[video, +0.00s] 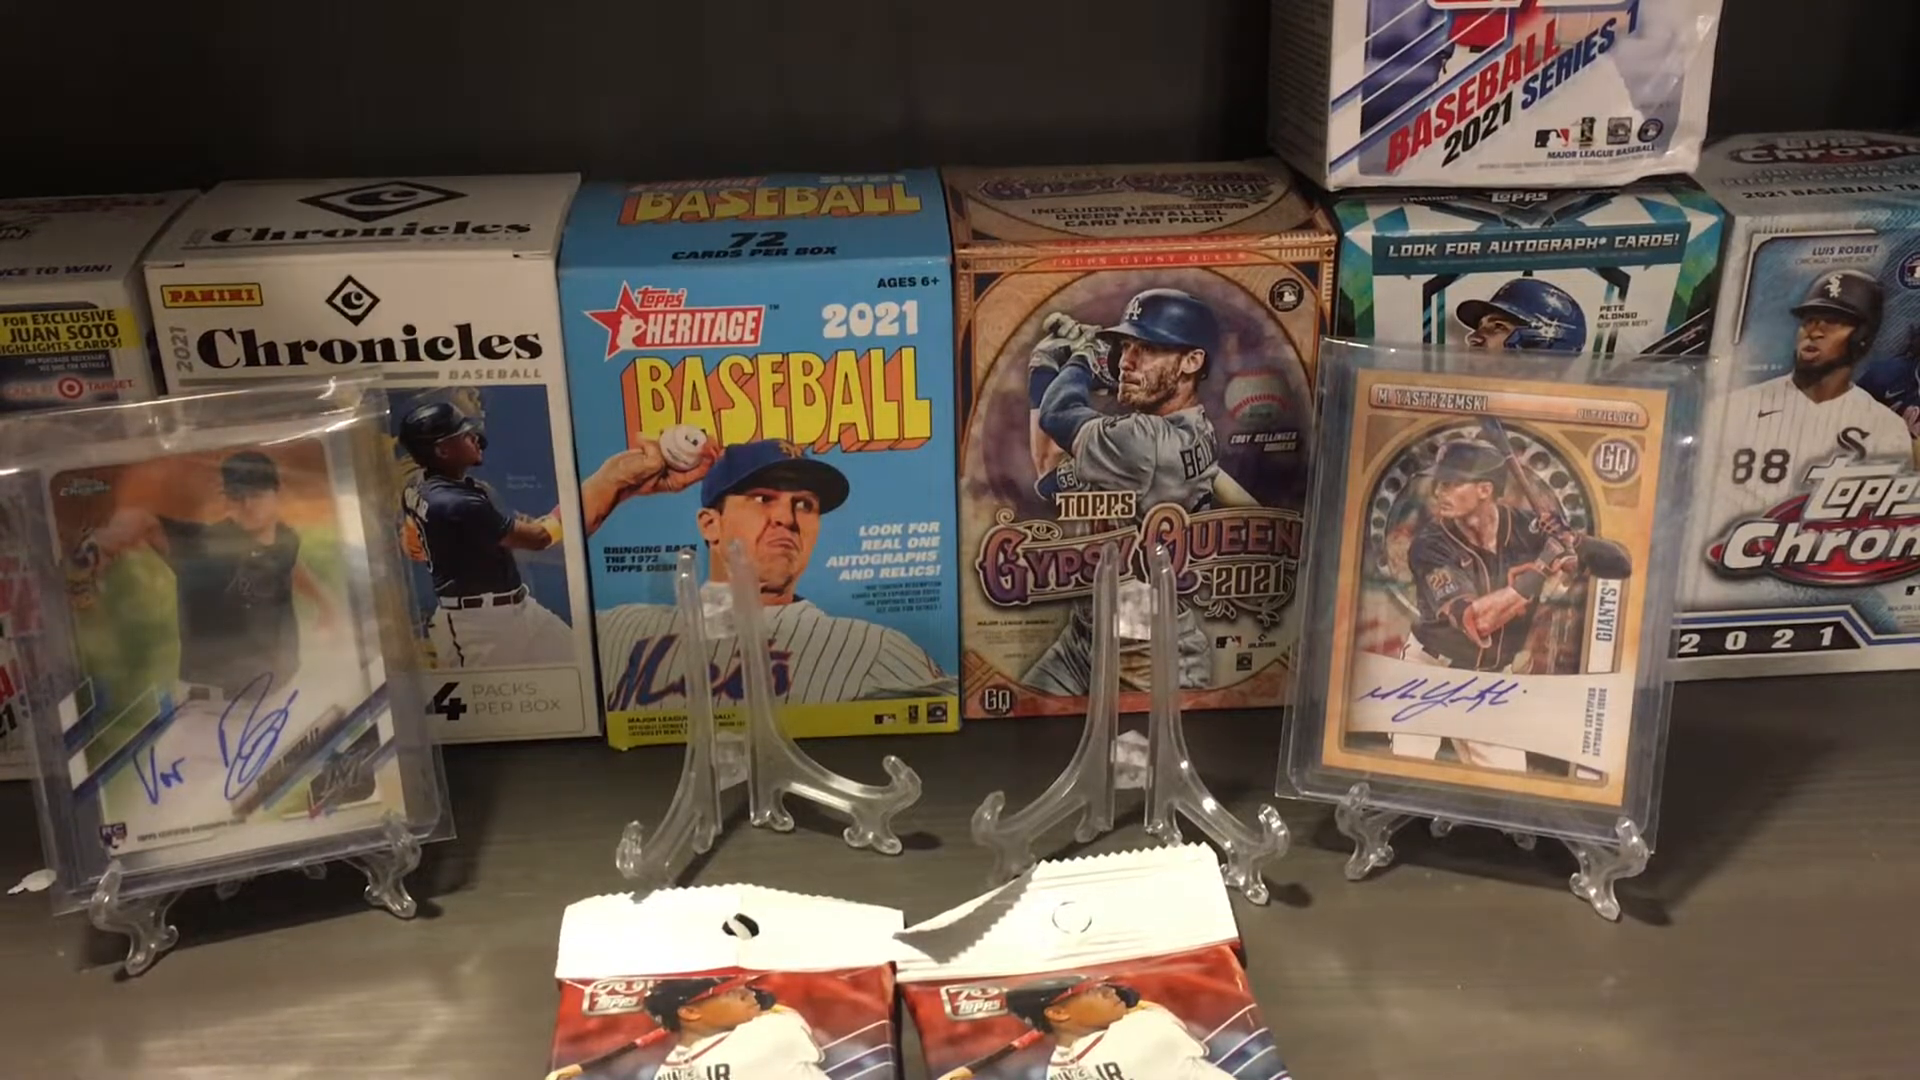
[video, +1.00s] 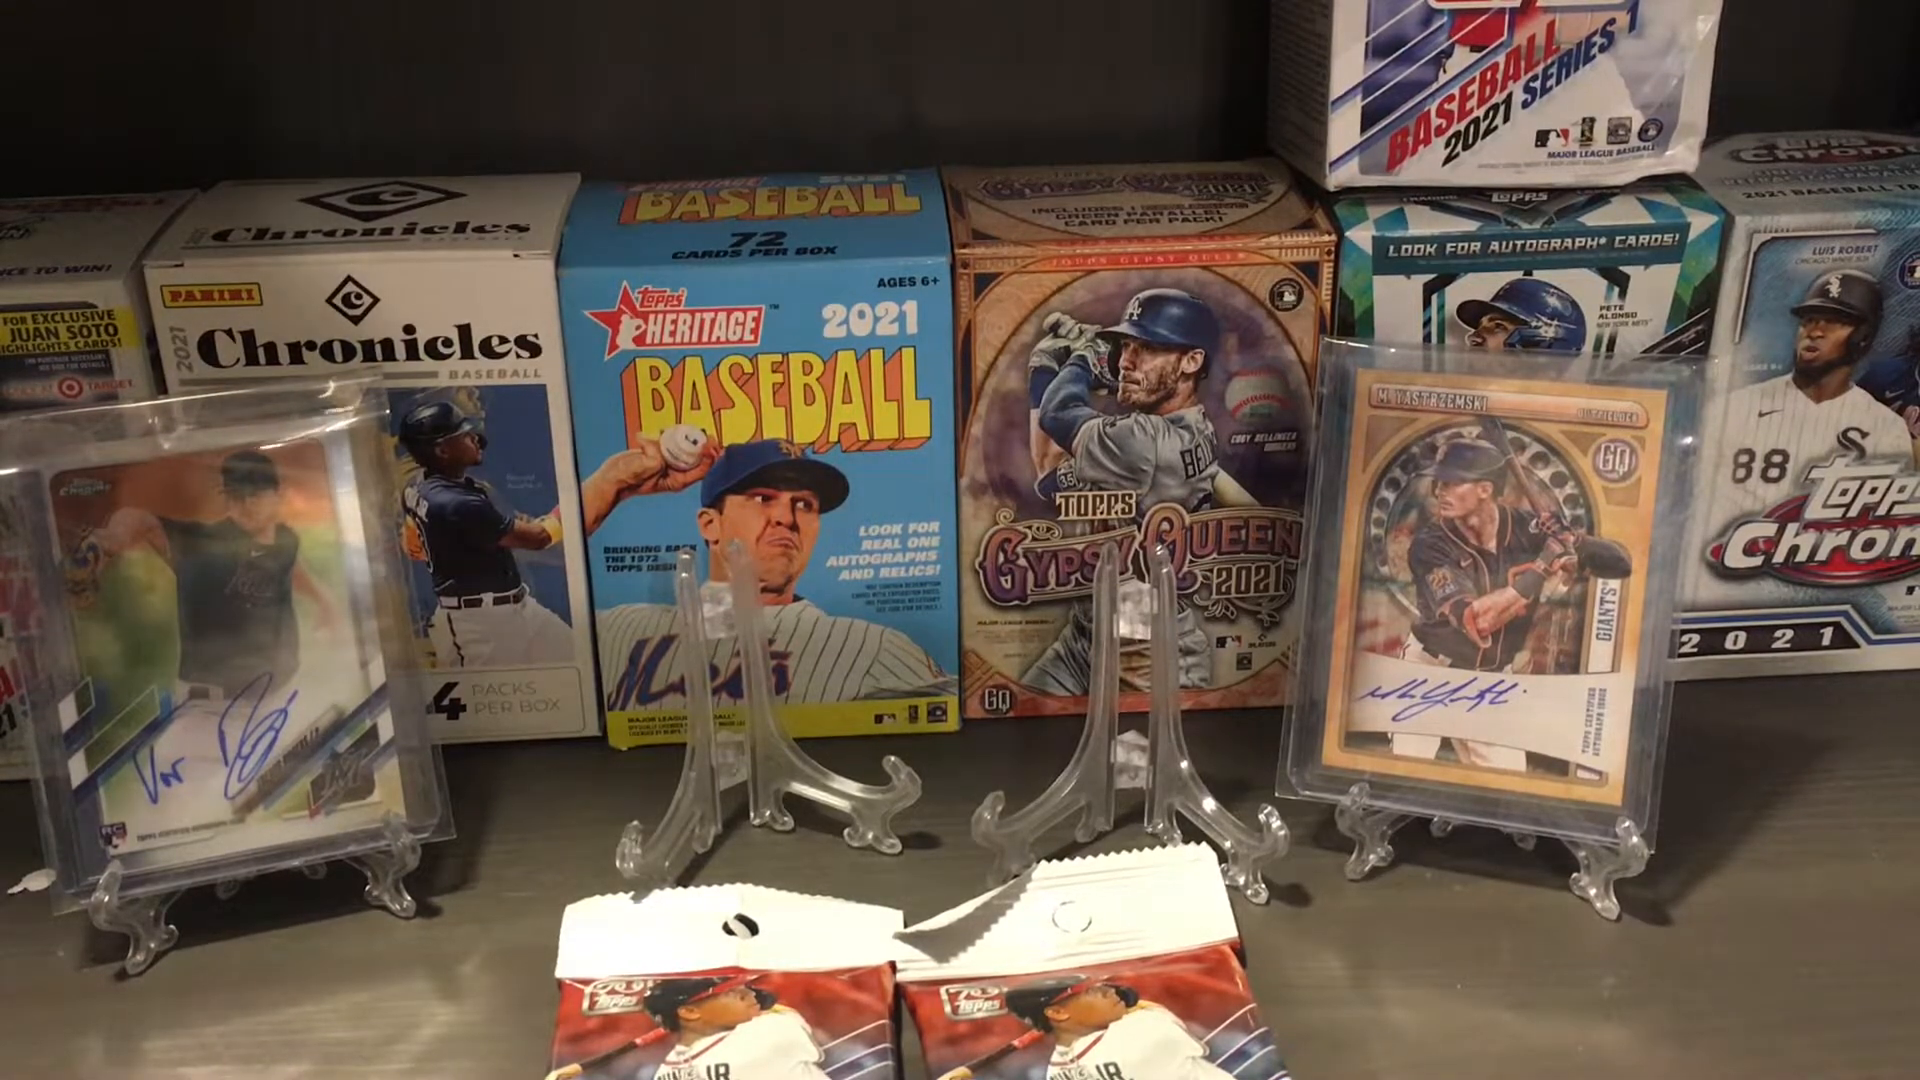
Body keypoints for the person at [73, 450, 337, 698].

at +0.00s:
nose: (247, 506)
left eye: (256, 495)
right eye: (237, 497)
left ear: (275, 495)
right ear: (227, 500)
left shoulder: (286, 540)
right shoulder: (202, 543)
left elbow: (291, 569)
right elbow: (141, 521)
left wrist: (324, 603)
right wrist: (110, 542)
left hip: (274, 685)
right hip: (213, 690)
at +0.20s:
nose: (247, 506)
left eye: (256, 495)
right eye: (237, 497)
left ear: (275, 495)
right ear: (227, 501)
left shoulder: (286, 540)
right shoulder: (202, 543)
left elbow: (292, 569)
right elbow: (141, 522)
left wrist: (324, 603)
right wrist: (102, 546)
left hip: (276, 685)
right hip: (214, 692)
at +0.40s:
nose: (247, 506)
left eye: (257, 496)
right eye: (238, 497)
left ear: (276, 495)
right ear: (226, 498)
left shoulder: (286, 540)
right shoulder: (202, 542)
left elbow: (291, 569)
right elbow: (133, 519)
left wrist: (323, 602)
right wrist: (108, 545)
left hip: (275, 684)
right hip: (213, 691)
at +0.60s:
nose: (247, 507)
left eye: (256, 496)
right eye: (237, 498)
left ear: (276, 495)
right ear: (226, 499)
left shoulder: (287, 540)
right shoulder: (202, 541)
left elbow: (291, 568)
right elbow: (135, 518)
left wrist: (323, 602)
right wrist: (114, 539)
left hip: (275, 685)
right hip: (213, 691)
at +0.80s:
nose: (247, 506)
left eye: (256, 496)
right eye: (237, 497)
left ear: (276, 495)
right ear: (226, 499)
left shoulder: (286, 541)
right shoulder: (202, 541)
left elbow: (291, 569)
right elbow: (135, 518)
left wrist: (323, 602)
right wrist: (115, 538)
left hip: (274, 685)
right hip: (212, 691)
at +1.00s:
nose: (246, 506)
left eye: (256, 496)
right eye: (237, 497)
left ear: (276, 496)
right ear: (227, 500)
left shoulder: (286, 541)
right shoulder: (201, 541)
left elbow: (291, 570)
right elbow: (134, 518)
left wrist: (323, 601)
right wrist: (117, 539)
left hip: (274, 686)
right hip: (212, 692)